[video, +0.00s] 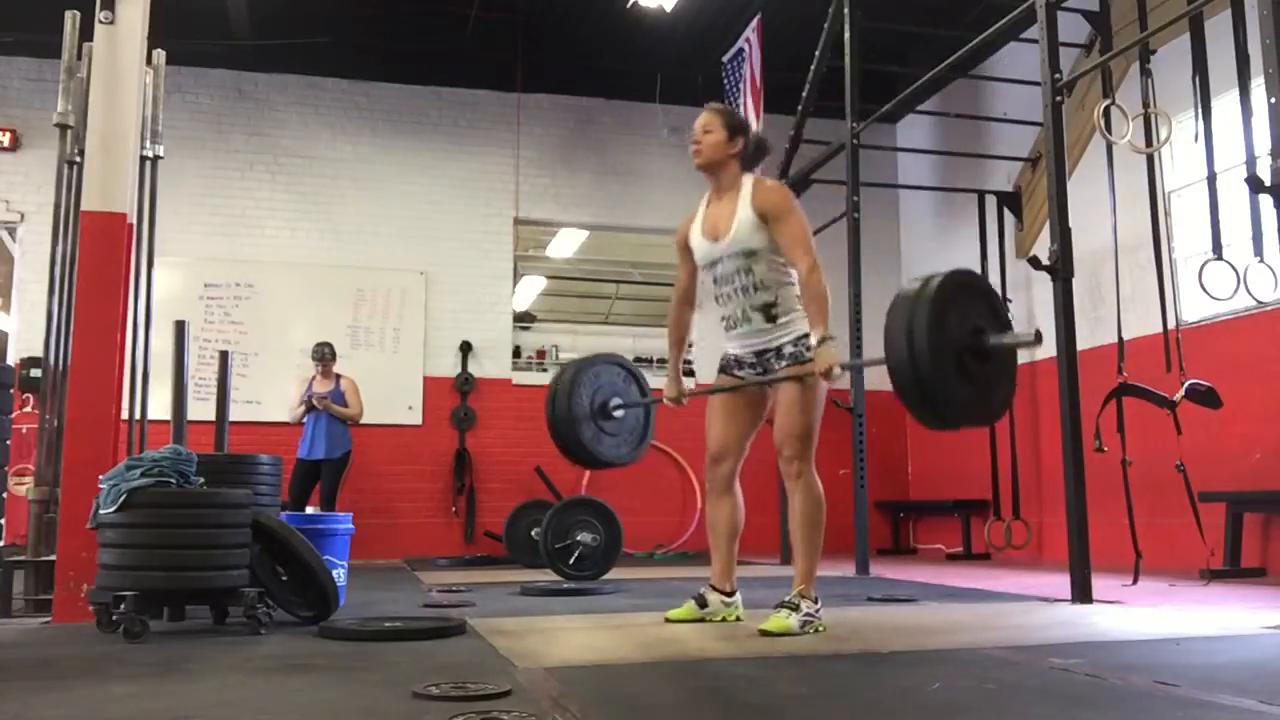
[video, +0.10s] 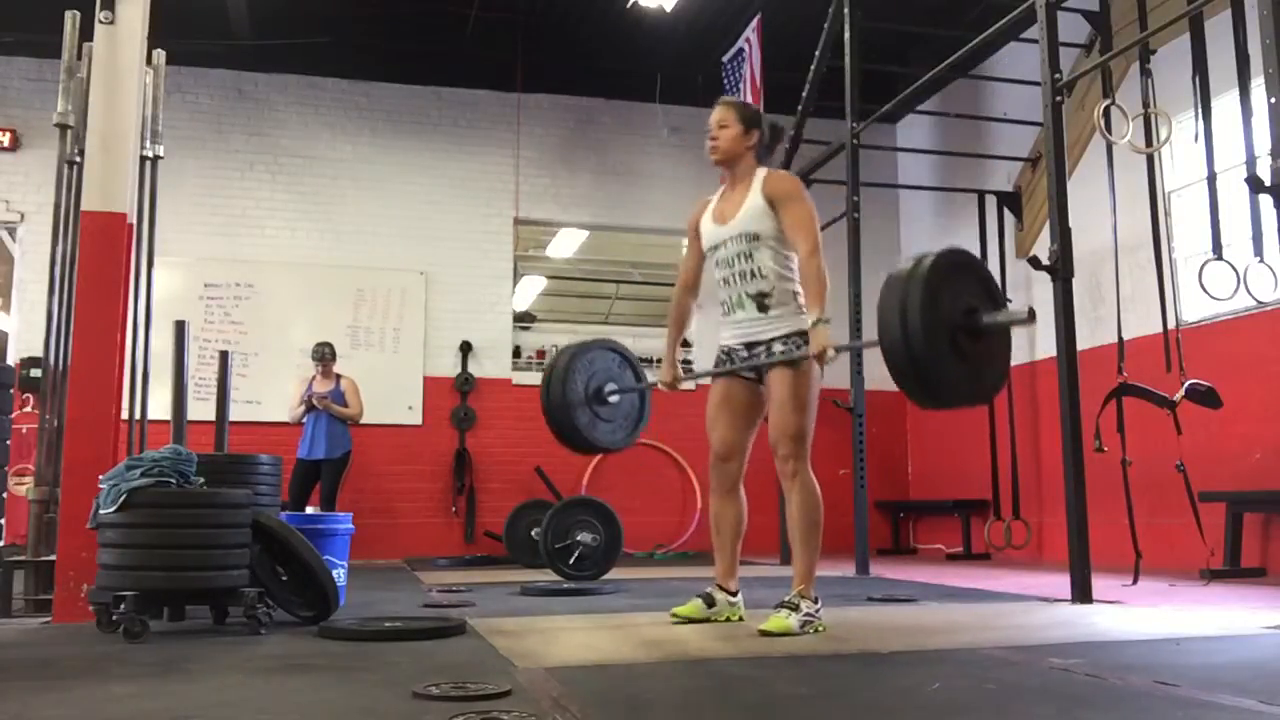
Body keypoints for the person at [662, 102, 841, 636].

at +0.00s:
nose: (693, 140)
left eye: (705, 133)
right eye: (693, 133)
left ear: (735, 143)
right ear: (697, 148)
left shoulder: (769, 196)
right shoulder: (692, 227)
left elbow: (809, 267)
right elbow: (684, 301)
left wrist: (821, 338)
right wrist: (674, 367)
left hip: (793, 347)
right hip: (739, 355)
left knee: (795, 464)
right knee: (719, 467)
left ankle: (804, 598)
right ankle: (722, 593)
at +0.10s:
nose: (710, 137)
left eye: (721, 128)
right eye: (709, 129)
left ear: (752, 137)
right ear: (713, 140)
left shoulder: (780, 186)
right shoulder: (705, 212)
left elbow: (811, 253)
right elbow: (686, 288)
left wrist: (817, 321)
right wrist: (671, 350)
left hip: (788, 338)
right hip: (735, 344)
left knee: (790, 460)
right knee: (723, 460)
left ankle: (804, 598)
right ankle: (725, 592)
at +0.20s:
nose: (721, 137)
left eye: (732, 130)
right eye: (720, 130)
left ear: (761, 139)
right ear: (721, 141)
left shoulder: (785, 185)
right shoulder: (710, 210)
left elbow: (811, 248)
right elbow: (688, 278)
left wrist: (814, 310)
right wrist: (668, 340)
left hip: (782, 339)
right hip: (728, 344)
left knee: (786, 460)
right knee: (719, 462)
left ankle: (803, 598)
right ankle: (724, 593)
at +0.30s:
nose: (727, 139)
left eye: (738, 131)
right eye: (726, 131)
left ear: (766, 142)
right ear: (724, 143)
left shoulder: (787, 187)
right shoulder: (712, 209)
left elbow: (811, 247)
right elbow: (690, 277)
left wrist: (812, 309)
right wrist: (668, 338)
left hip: (777, 337)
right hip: (720, 344)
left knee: (777, 457)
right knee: (716, 462)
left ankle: (804, 596)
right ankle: (724, 592)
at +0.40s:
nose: (729, 141)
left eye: (740, 133)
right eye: (727, 135)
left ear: (768, 143)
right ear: (727, 146)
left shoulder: (789, 189)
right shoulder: (714, 211)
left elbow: (811, 250)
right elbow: (691, 279)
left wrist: (812, 313)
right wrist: (669, 339)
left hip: (774, 339)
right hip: (716, 345)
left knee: (776, 459)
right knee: (714, 463)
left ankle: (803, 598)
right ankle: (723, 593)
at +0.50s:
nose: (731, 139)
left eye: (741, 131)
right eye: (729, 133)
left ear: (770, 141)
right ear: (728, 145)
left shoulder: (791, 189)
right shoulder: (715, 212)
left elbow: (812, 252)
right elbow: (692, 280)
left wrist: (815, 315)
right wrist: (669, 340)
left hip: (778, 339)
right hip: (722, 345)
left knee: (782, 461)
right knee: (718, 464)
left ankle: (803, 598)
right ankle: (724, 593)